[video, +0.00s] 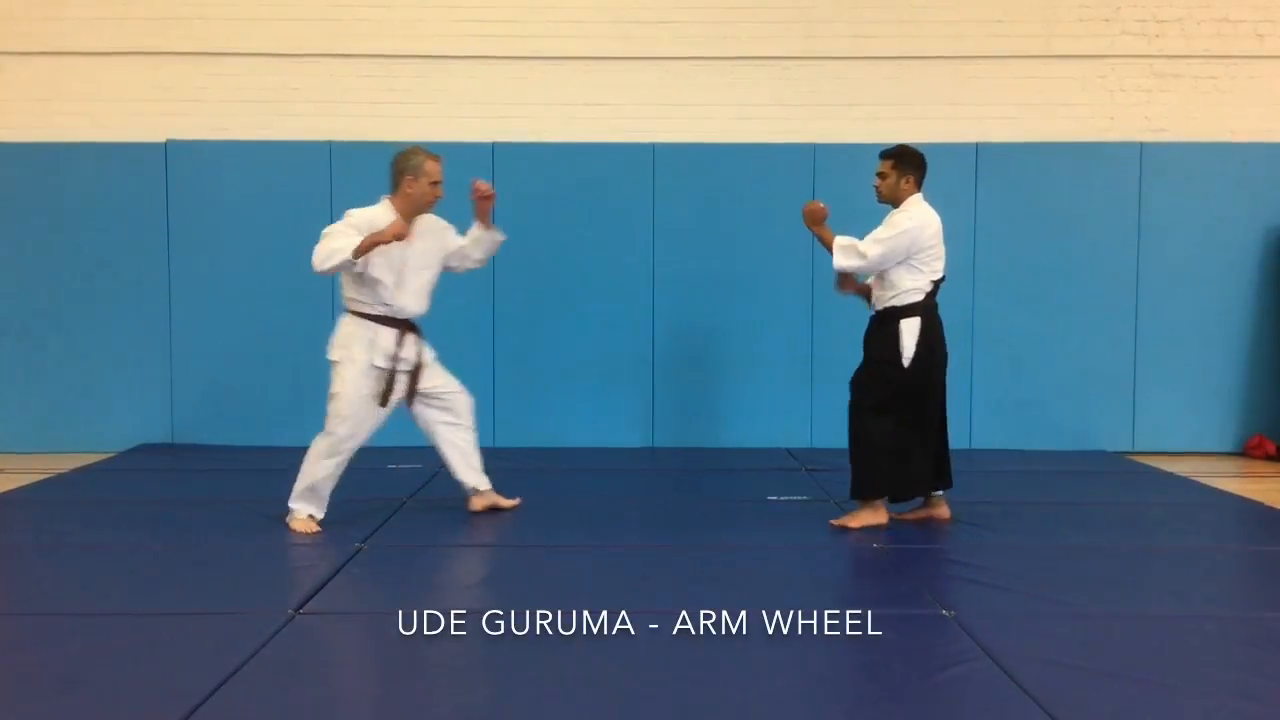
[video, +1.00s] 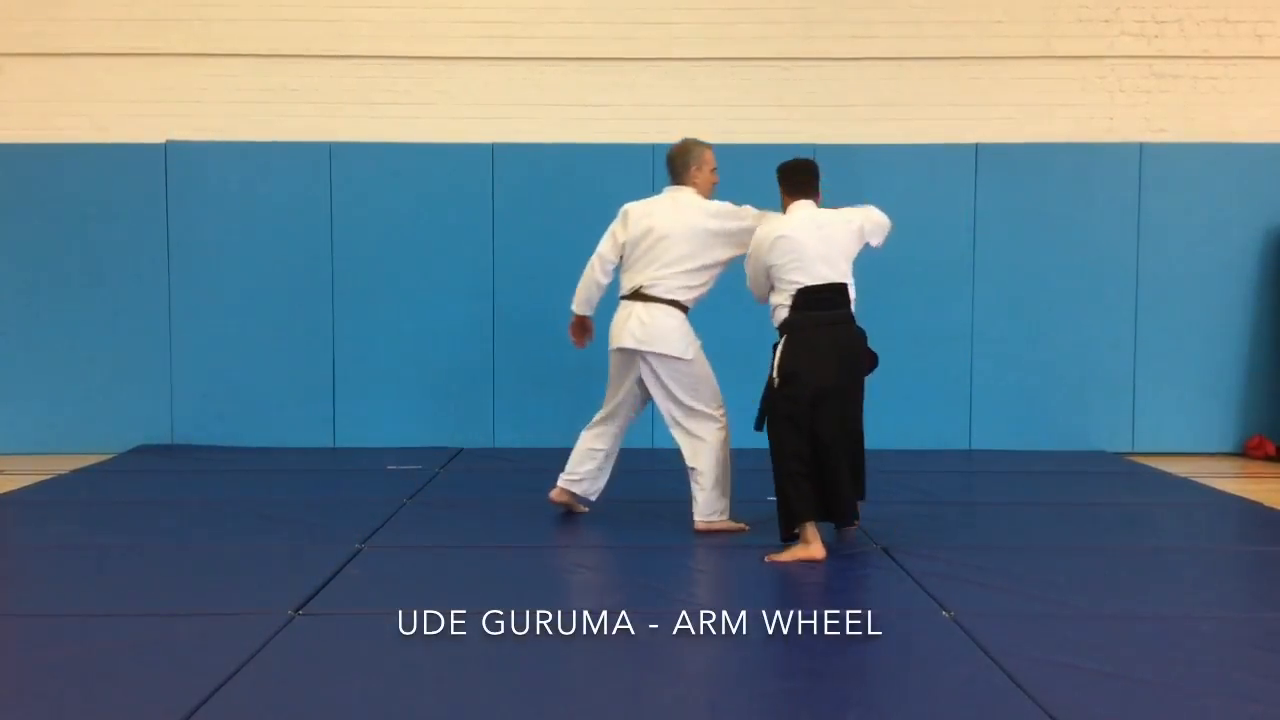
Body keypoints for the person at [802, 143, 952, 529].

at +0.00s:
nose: (876, 183)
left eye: (883, 176)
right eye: (877, 176)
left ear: (907, 180)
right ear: (906, 181)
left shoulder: (912, 219)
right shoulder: (915, 216)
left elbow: (863, 258)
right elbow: (898, 287)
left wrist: (820, 230)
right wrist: (859, 288)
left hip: (903, 327)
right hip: (917, 324)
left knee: (867, 405)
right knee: (922, 410)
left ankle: (873, 505)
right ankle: (935, 499)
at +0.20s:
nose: (860, 191)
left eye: (867, 185)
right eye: (861, 184)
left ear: (892, 191)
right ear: (890, 191)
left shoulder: (895, 231)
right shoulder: (904, 226)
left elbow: (863, 284)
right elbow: (879, 291)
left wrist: (820, 267)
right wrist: (838, 298)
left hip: (887, 337)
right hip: (905, 333)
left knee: (851, 417)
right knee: (915, 417)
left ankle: (833, 511)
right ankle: (934, 498)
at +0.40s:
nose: (835, 203)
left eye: (843, 197)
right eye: (838, 196)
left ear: (866, 204)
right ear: (869, 205)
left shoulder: (868, 248)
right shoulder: (885, 242)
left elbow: (829, 305)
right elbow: (839, 303)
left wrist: (797, 292)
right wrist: (799, 293)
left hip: (852, 353)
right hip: (874, 349)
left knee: (816, 438)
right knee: (881, 429)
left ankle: (812, 534)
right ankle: (907, 503)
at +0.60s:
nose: (808, 192)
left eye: (815, 186)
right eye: (811, 185)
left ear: (834, 192)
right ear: (841, 193)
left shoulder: (843, 239)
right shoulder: (842, 229)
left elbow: (794, 294)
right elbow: (782, 240)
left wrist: (776, 265)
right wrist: (753, 204)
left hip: (831, 350)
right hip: (852, 344)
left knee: (804, 443)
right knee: (866, 436)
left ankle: (813, 544)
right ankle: (903, 512)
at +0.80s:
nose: (791, 187)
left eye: (793, 180)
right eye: (792, 178)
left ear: (803, 183)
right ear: (831, 180)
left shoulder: (794, 232)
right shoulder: (858, 213)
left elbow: (757, 285)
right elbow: (827, 197)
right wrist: (797, 175)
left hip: (813, 341)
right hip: (853, 336)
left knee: (801, 438)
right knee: (850, 430)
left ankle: (812, 542)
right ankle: (865, 511)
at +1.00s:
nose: (783, 197)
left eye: (780, 192)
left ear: (781, 193)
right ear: (818, 193)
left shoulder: (768, 233)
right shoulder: (846, 221)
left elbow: (759, 291)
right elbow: (881, 222)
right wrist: (848, 212)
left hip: (799, 340)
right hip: (844, 337)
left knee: (789, 433)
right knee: (842, 427)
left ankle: (809, 538)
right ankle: (847, 515)